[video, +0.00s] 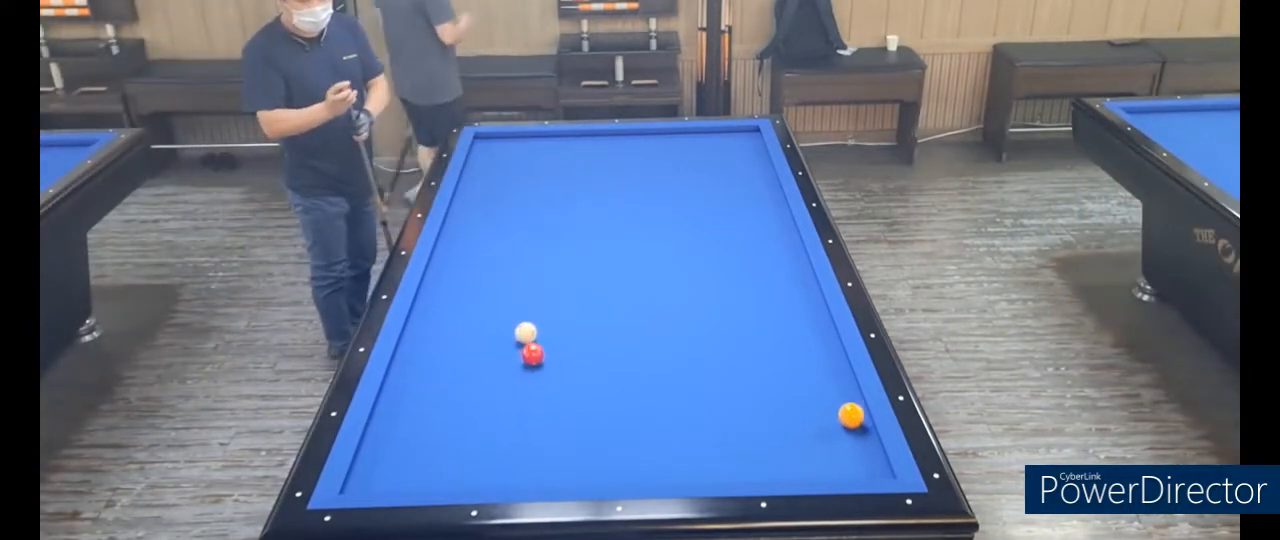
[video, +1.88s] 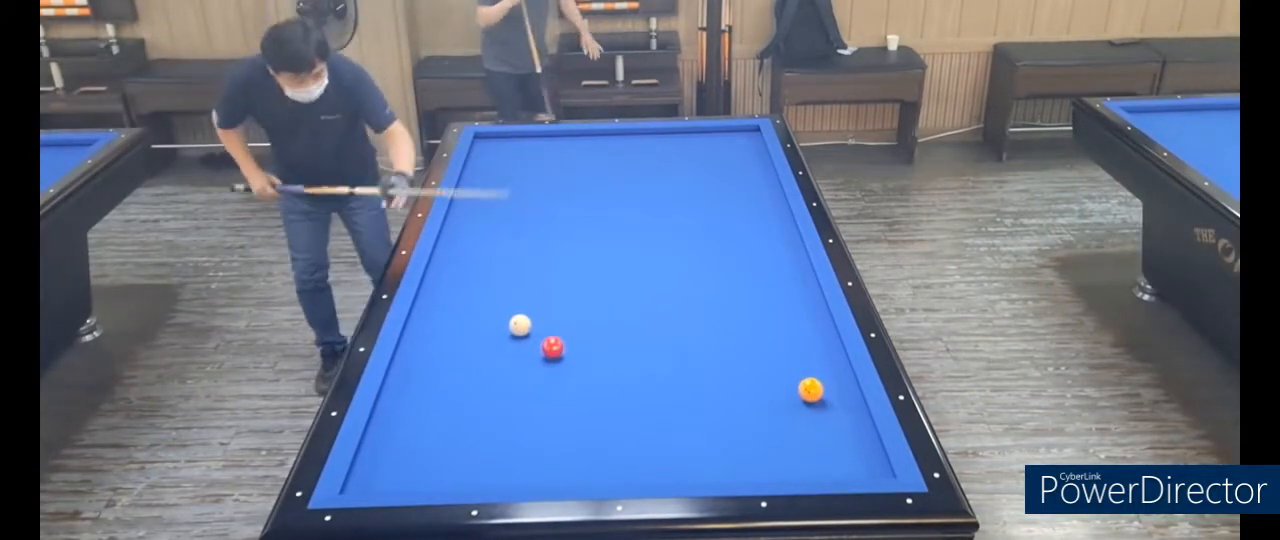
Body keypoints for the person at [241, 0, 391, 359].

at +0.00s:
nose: (319, 8)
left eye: (324, 1)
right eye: (307, 3)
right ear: (284, 5)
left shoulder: (347, 28)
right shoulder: (263, 49)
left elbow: (379, 85)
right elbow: (271, 125)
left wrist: (368, 112)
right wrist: (326, 109)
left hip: (358, 173)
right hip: (313, 182)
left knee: (361, 261)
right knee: (331, 270)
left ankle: (358, 329)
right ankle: (342, 346)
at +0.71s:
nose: (328, 7)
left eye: (333, 0)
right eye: (316, 3)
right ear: (290, 5)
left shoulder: (348, 27)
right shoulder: (279, 51)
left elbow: (375, 80)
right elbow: (299, 126)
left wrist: (390, 120)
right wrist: (366, 127)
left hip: (360, 171)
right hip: (322, 179)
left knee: (361, 259)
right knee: (345, 265)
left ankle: (357, 336)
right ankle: (340, 352)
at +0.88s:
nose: (337, 24)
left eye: (342, 13)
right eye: (324, 18)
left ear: (350, 7)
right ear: (300, 16)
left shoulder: (347, 33)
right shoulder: (290, 61)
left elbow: (367, 79)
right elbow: (323, 139)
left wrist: (388, 128)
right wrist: (390, 171)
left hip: (353, 178)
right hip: (318, 186)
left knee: (355, 259)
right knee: (336, 268)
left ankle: (355, 332)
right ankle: (339, 354)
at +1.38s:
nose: (330, 42)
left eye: (334, 32)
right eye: (318, 37)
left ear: (342, 16)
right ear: (293, 31)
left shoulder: (351, 32)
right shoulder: (276, 62)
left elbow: (378, 63)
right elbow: (279, 148)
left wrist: (387, 70)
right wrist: (348, 177)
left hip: (350, 178)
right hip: (306, 186)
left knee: (351, 261)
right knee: (323, 272)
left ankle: (354, 336)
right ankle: (338, 354)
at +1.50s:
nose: (318, 41)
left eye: (322, 31)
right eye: (305, 37)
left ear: (329, 15)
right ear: (280, 31)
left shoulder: (349, 33)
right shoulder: (262, 63)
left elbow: (399, 76)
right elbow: (244, 142)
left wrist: (394, 69)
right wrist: (299, 192)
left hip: (351, 176)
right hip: (300, 187)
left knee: (355, 263)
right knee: (314, 272)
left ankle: (354, 337)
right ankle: (333, 350)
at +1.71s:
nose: (308, 60)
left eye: (312, 50)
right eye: (295, 56)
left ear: (317, 34)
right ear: (270, 50)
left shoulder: (343, 53)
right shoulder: (250, 74)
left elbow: (390, 96)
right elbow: (221, 135)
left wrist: (401, 118)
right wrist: (259, 185)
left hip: (354, 185)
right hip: (298, 195)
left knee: (379, 260)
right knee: (310, 277)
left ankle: (363, 338)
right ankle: (332, 352)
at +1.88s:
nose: (314, 85)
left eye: (319, 75)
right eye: (302, 81)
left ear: (324, 59)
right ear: (275, 73)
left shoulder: (350, 78)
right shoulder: (249, 81)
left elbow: (394, 130)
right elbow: (225, 123)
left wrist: (402, 176)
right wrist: (252, 173)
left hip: (359, 188)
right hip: (300, 194)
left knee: (383, 269)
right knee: (309, 276)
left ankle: (414, 341)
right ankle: (332, 353)